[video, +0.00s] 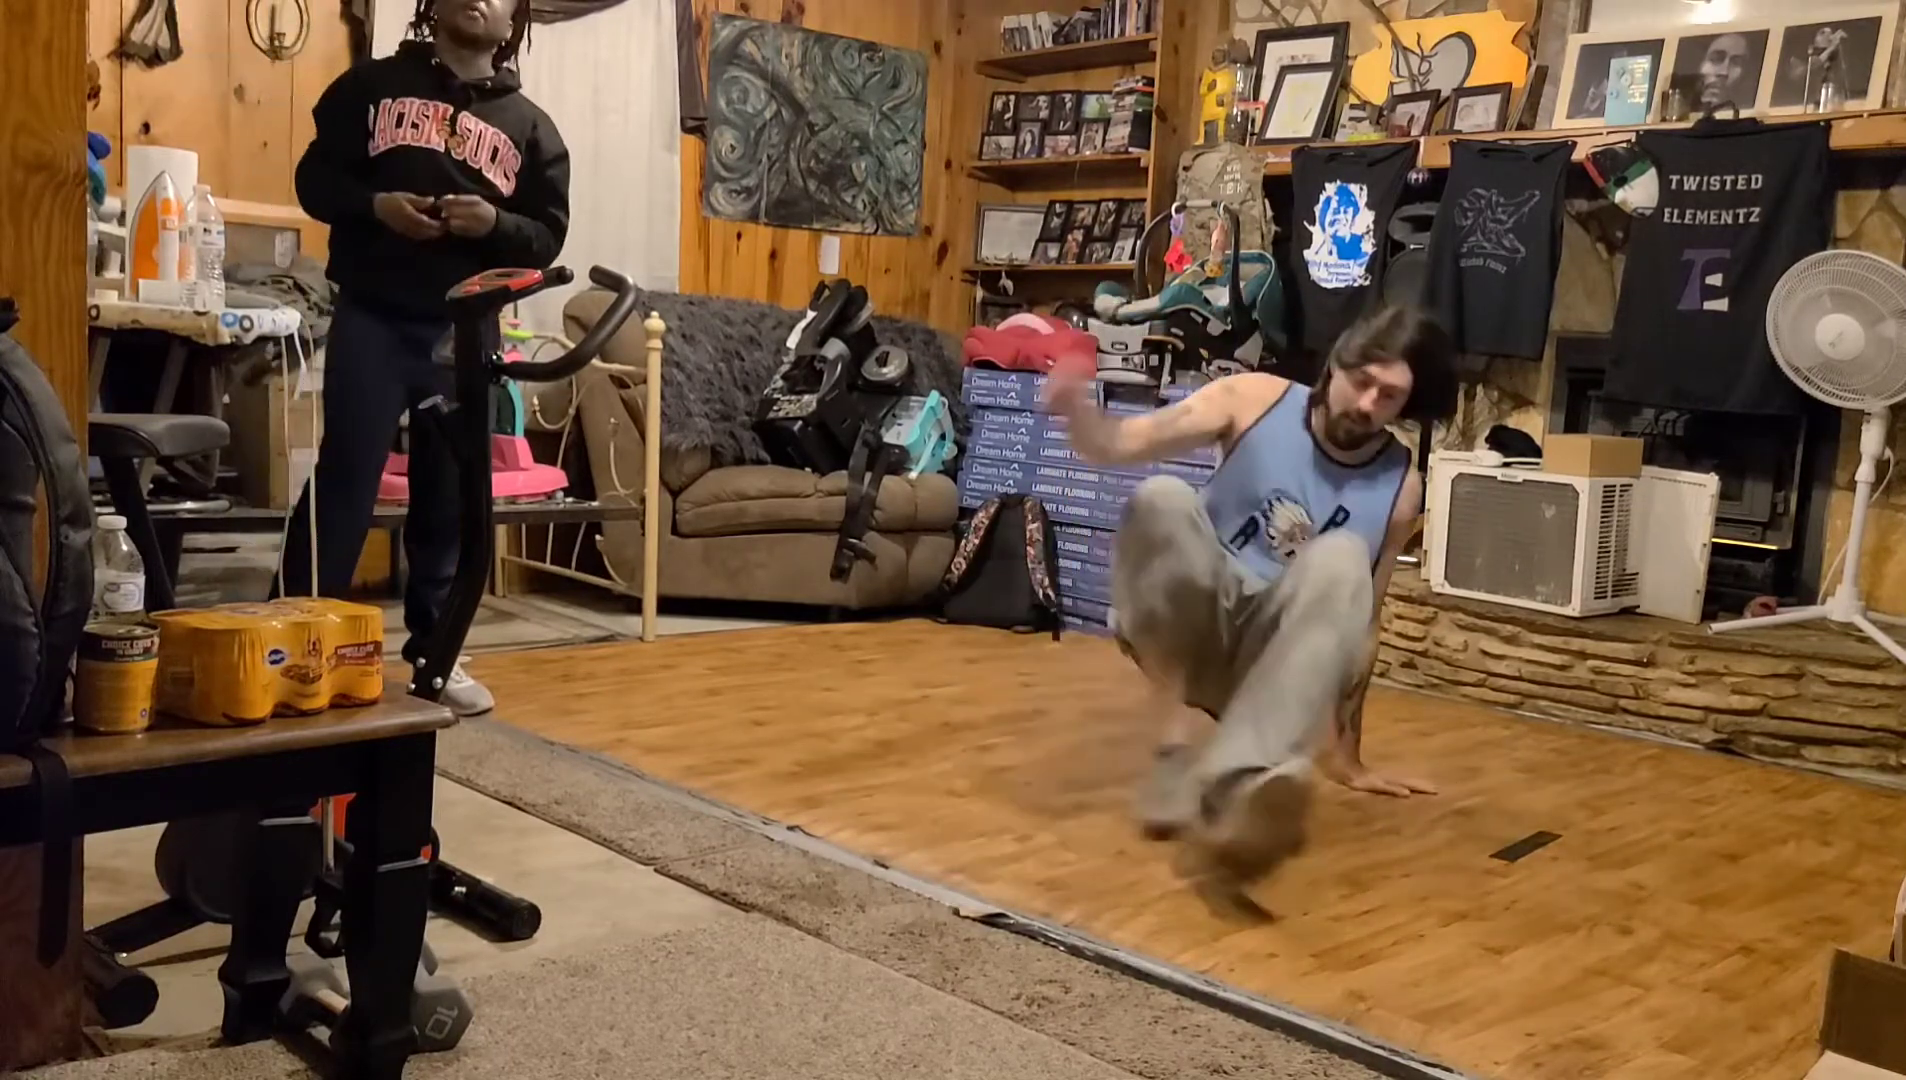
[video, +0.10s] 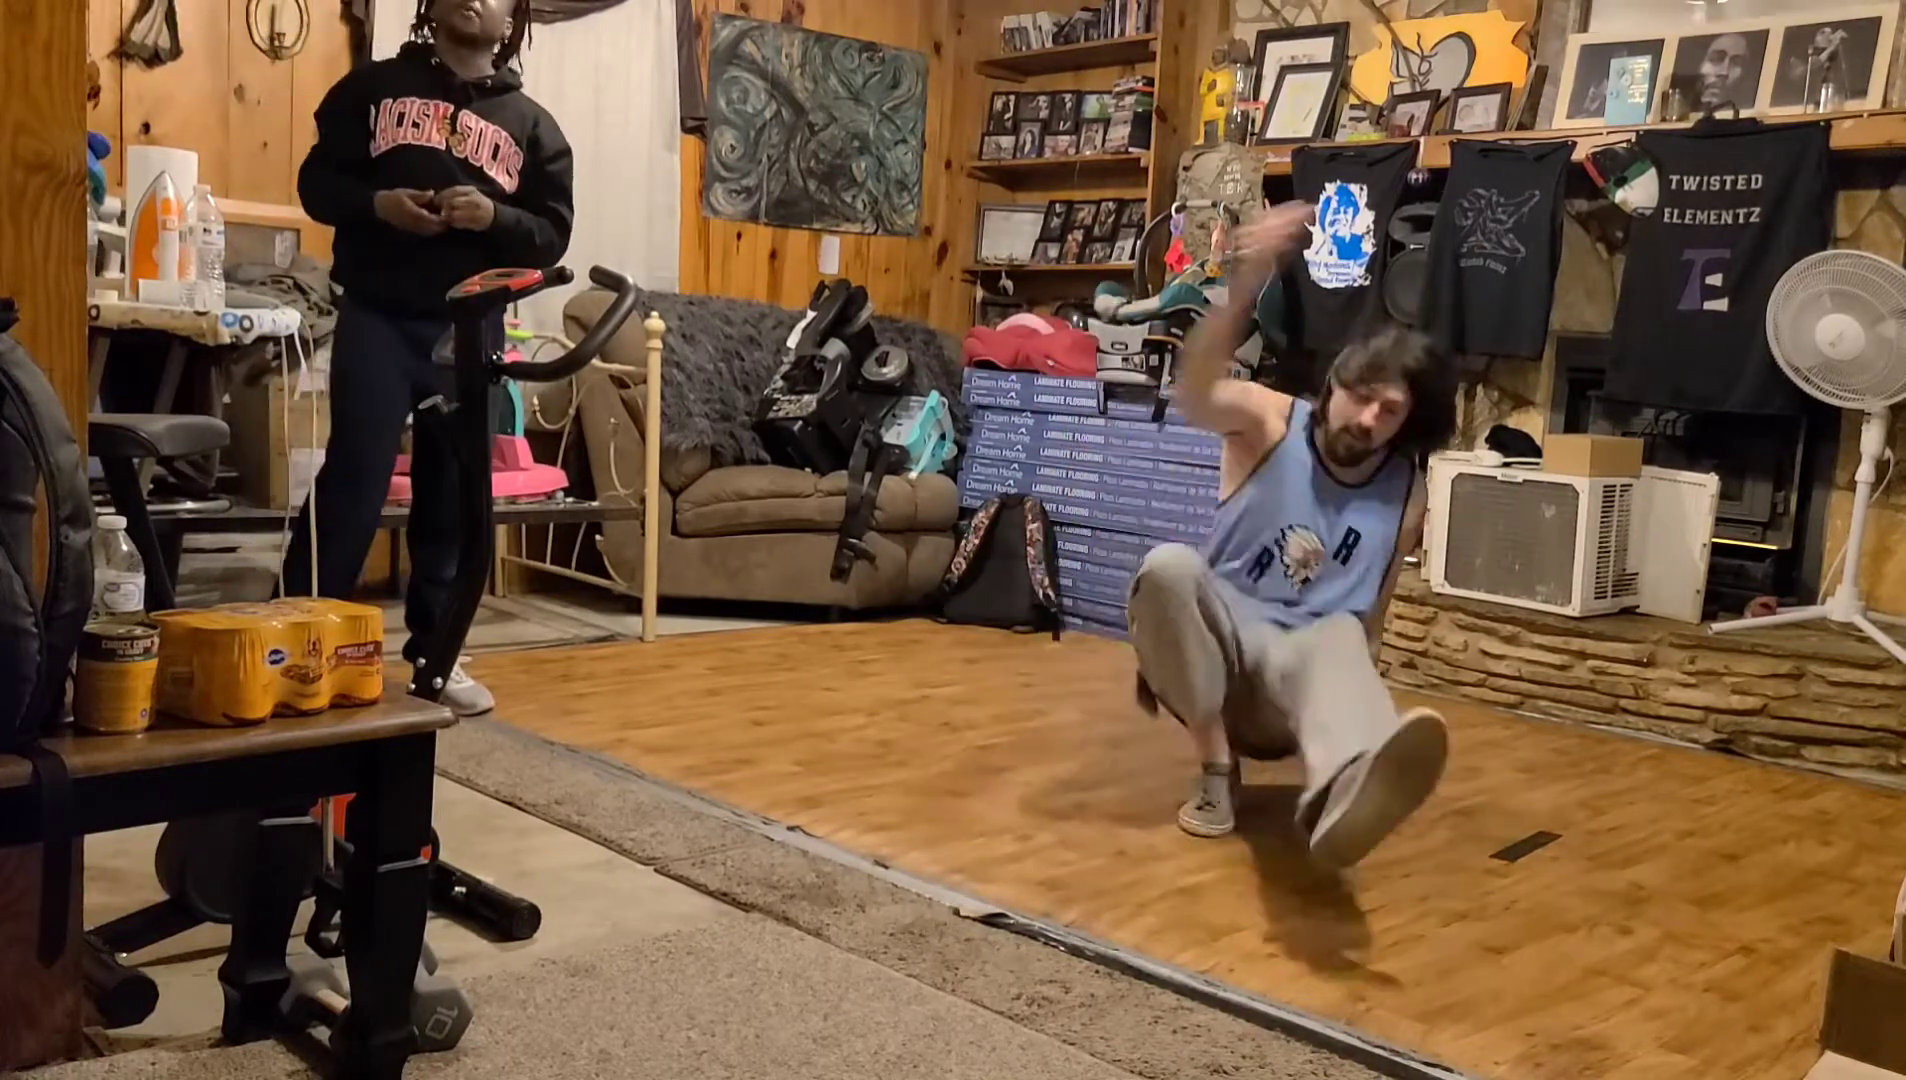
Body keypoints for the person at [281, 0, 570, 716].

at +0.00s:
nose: (482, 3)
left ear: (513, 21)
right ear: (434, 6)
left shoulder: (532, 127)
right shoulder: (369, 85)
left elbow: (548, 238)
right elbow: (314, 181)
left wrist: (496, 223)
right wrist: (376, 204)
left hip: (465, 332)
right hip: (372, 323)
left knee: (449, 500)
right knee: (346, 487)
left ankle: (435, 657)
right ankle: (294, 648)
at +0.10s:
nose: (475, 0)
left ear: (513, 19)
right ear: (432, 6)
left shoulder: (535, 129)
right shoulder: (372, 87)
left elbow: (551, 240)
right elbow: (316, 185)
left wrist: (495, 216)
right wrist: (377, 201)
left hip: (471, 331)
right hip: (378, 322)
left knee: (454, 498)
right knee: (355, 483)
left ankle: (436, 659)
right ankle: (297, 645)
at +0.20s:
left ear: (511, 18)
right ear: (430, 7)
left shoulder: (535, 125)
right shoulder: (373, 87)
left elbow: (557, 237)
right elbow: (316, 188)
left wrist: (490, 212)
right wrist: (377, 201)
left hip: (472, 330)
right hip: (378, 321)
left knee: (455, 497)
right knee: (355, 485)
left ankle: (435, 659)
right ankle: (305, 648)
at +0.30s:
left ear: (504, 17)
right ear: (425, 7)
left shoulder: (533, 122)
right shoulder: (371, 88)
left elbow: (556, 232)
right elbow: (317, 190)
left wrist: (485, 214)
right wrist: (377, 201)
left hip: (471, 331)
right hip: (376, 323)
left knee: (455, 499)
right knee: (351, 487)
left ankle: (435, 660)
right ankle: (317, 651)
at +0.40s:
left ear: (499, 19)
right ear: (423, 9)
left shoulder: (529, 122)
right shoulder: (368, 88)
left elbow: (550, 234)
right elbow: (317, 191)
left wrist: (477, 216)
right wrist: (372, 205)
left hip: (467, 332)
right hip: (371, 325)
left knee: (453, 502)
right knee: (344, 491)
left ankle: (436, 659)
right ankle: (317, 654)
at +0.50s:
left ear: (488, 15)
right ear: (413, 8)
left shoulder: (519, 121)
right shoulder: (360, 89)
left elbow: (540, 235)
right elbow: (309, 190)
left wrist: (465, 224)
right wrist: (351, 206)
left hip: (460, 332)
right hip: (364, 324)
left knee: (451, 501)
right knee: (336, 494)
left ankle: (435, 660)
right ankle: (310, 656)